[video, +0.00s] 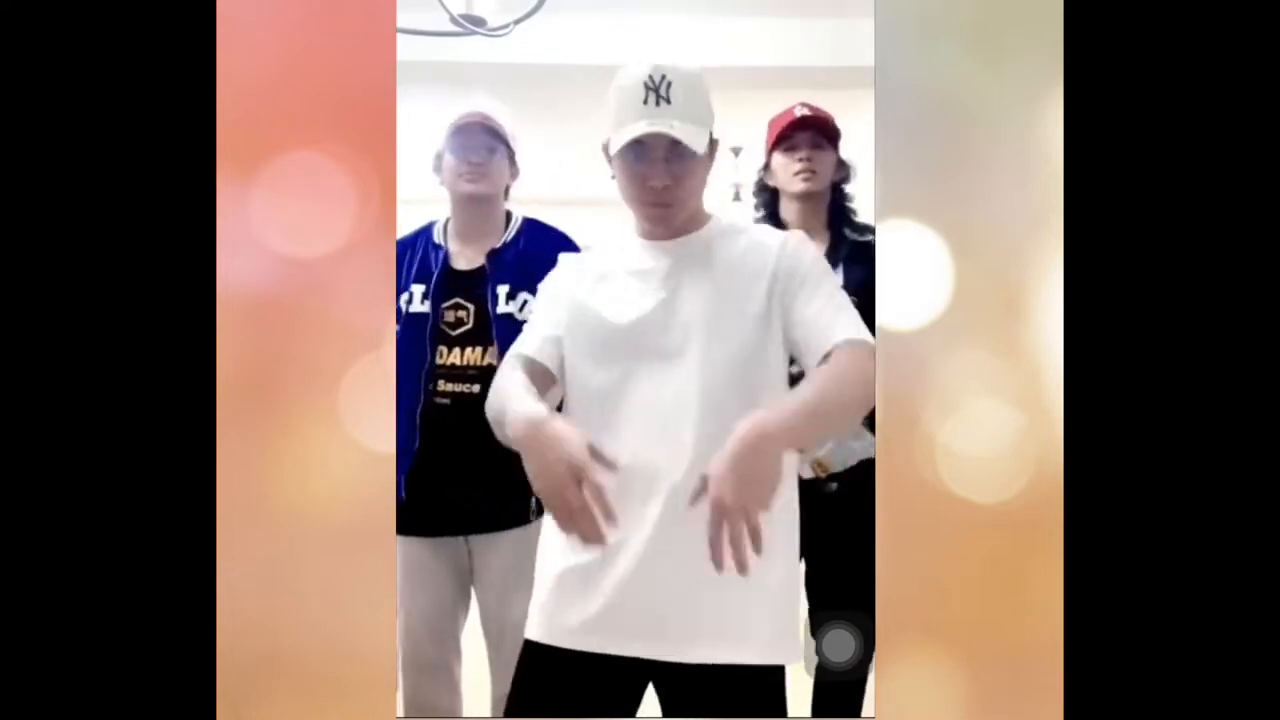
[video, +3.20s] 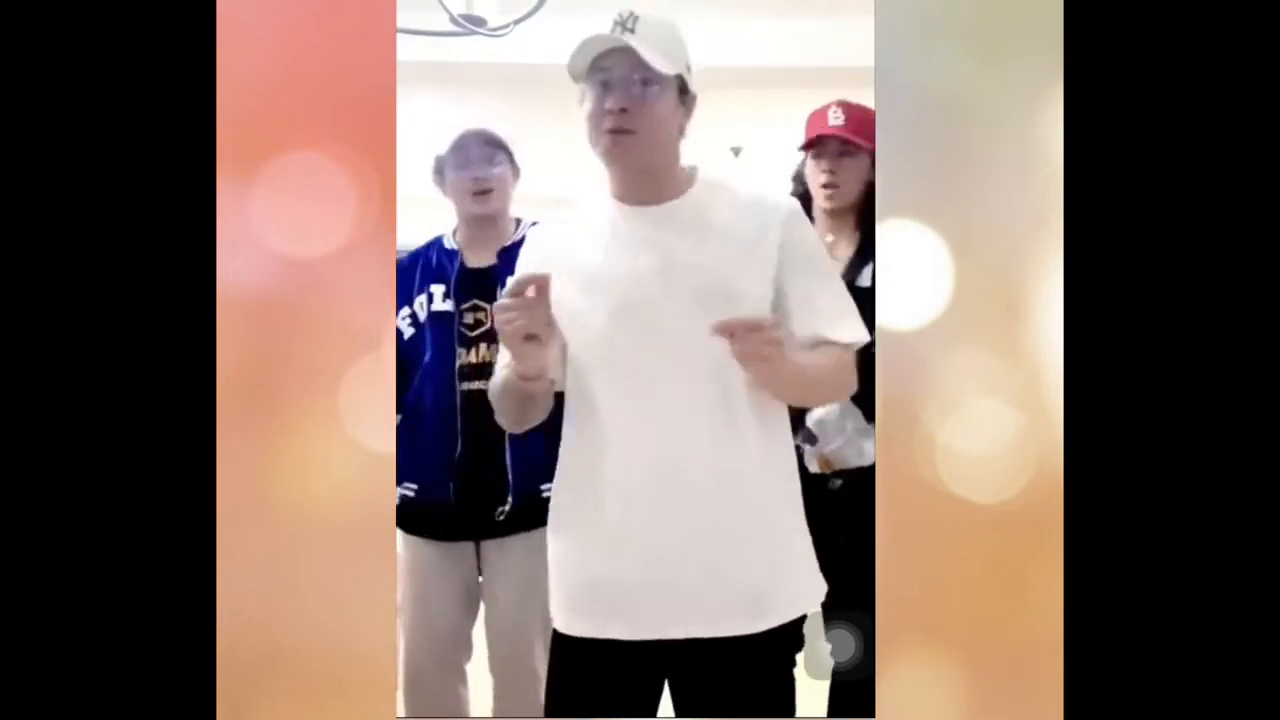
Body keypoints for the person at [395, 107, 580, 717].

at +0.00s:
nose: (473, 159)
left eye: (488, 150)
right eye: (460, 150)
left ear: (512, 172)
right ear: (439, 168)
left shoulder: (554, 255)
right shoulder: (402, 257)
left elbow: (585, 369)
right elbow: (369, 365)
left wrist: (562, 471)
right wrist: (374, 473)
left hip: (513, 498)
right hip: (420, 498)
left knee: (516, 664)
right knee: (423, 663)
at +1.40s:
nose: (491, 170)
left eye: (506, 161)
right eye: (477, 161)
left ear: (527, 183)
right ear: (452, 181)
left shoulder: (554, 264)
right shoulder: (404, 266)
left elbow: (579, 381)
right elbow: (369, 380)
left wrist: (565, 482)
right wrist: (378, 481)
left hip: (523, 503)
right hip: (426, 505)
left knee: (520, 661)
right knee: (427, 667)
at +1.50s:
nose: (490, 167)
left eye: (504, 158)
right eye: (475, 158)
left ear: (525, 181)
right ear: (451, 178)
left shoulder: (555, 261)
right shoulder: (402, 260)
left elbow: (580, 372)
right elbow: (348, 347)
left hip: (521, 504)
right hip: (424, 505)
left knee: (518, 661)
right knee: (425, 667)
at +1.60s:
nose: (488, 165)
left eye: (502, 156)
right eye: (475, 156)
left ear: (525, 175)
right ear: (451, 173)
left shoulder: (543, 255)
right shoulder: (411, 249)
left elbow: (571, 341)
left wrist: (523, 256)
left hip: (515, 489)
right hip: (424, 489)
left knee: (511, 651)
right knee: (428, 656)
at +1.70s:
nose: (490, 179)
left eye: (504, 169)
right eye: (477, 169)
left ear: (526, 188)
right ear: (455, 185)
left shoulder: (546, 271)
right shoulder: (408, 265)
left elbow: (575, 375)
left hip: (516, 501)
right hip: (421, 498)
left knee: (516, 675)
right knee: (424, 675)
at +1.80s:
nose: (486, 189)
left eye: (499, 177)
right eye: (473, 178)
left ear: (522, 191)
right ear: (453, 193)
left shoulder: (544, 279)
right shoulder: (411, 272)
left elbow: (570, 381)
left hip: (517, 519)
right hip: (419, 519)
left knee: (511, 695)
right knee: (422, 691)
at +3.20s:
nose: (479, 173)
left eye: (492, 160)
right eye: (463, 164)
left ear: (515, 176)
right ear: (442, 185)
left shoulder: (551, 260)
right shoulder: (408, 270)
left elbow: (580, 369)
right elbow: (380, 380)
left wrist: (578, 479)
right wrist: (388, 480)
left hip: (526, 500)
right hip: (432, 501)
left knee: (522, 669)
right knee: (429, 669)